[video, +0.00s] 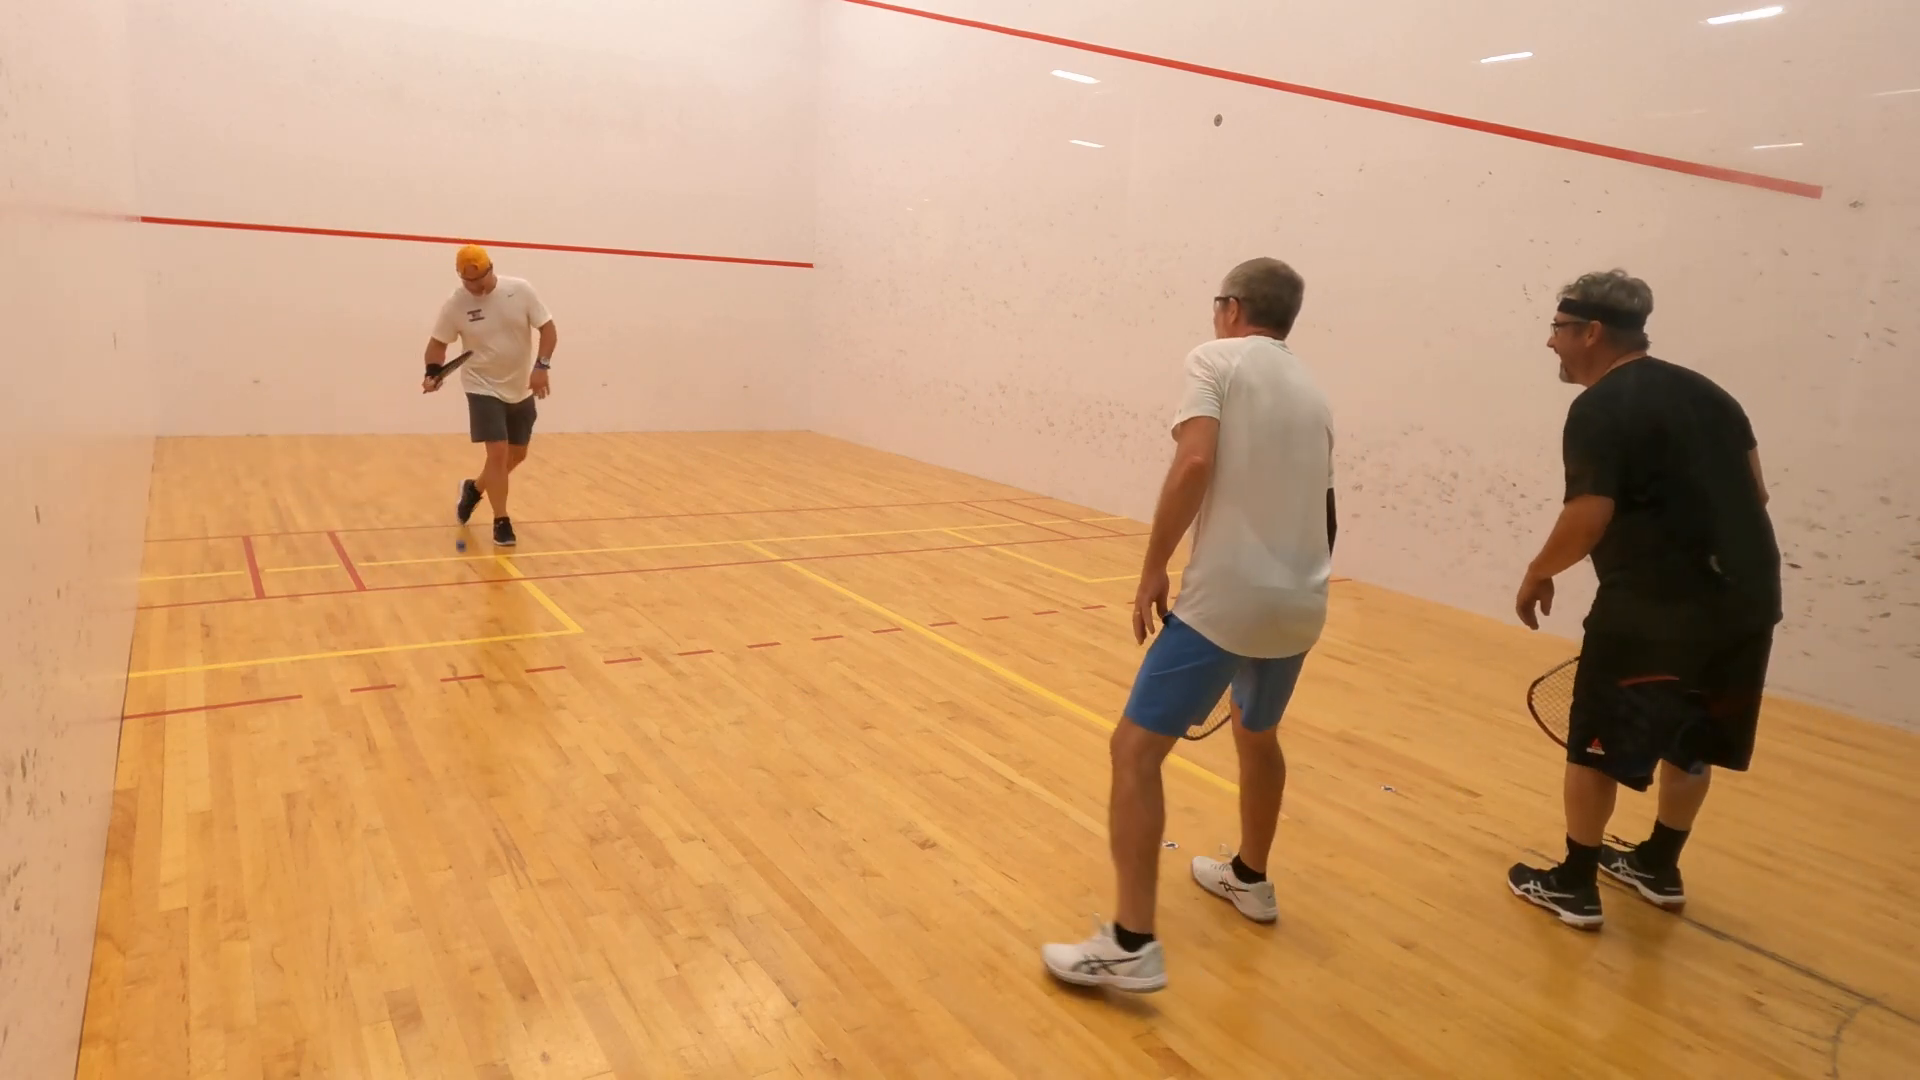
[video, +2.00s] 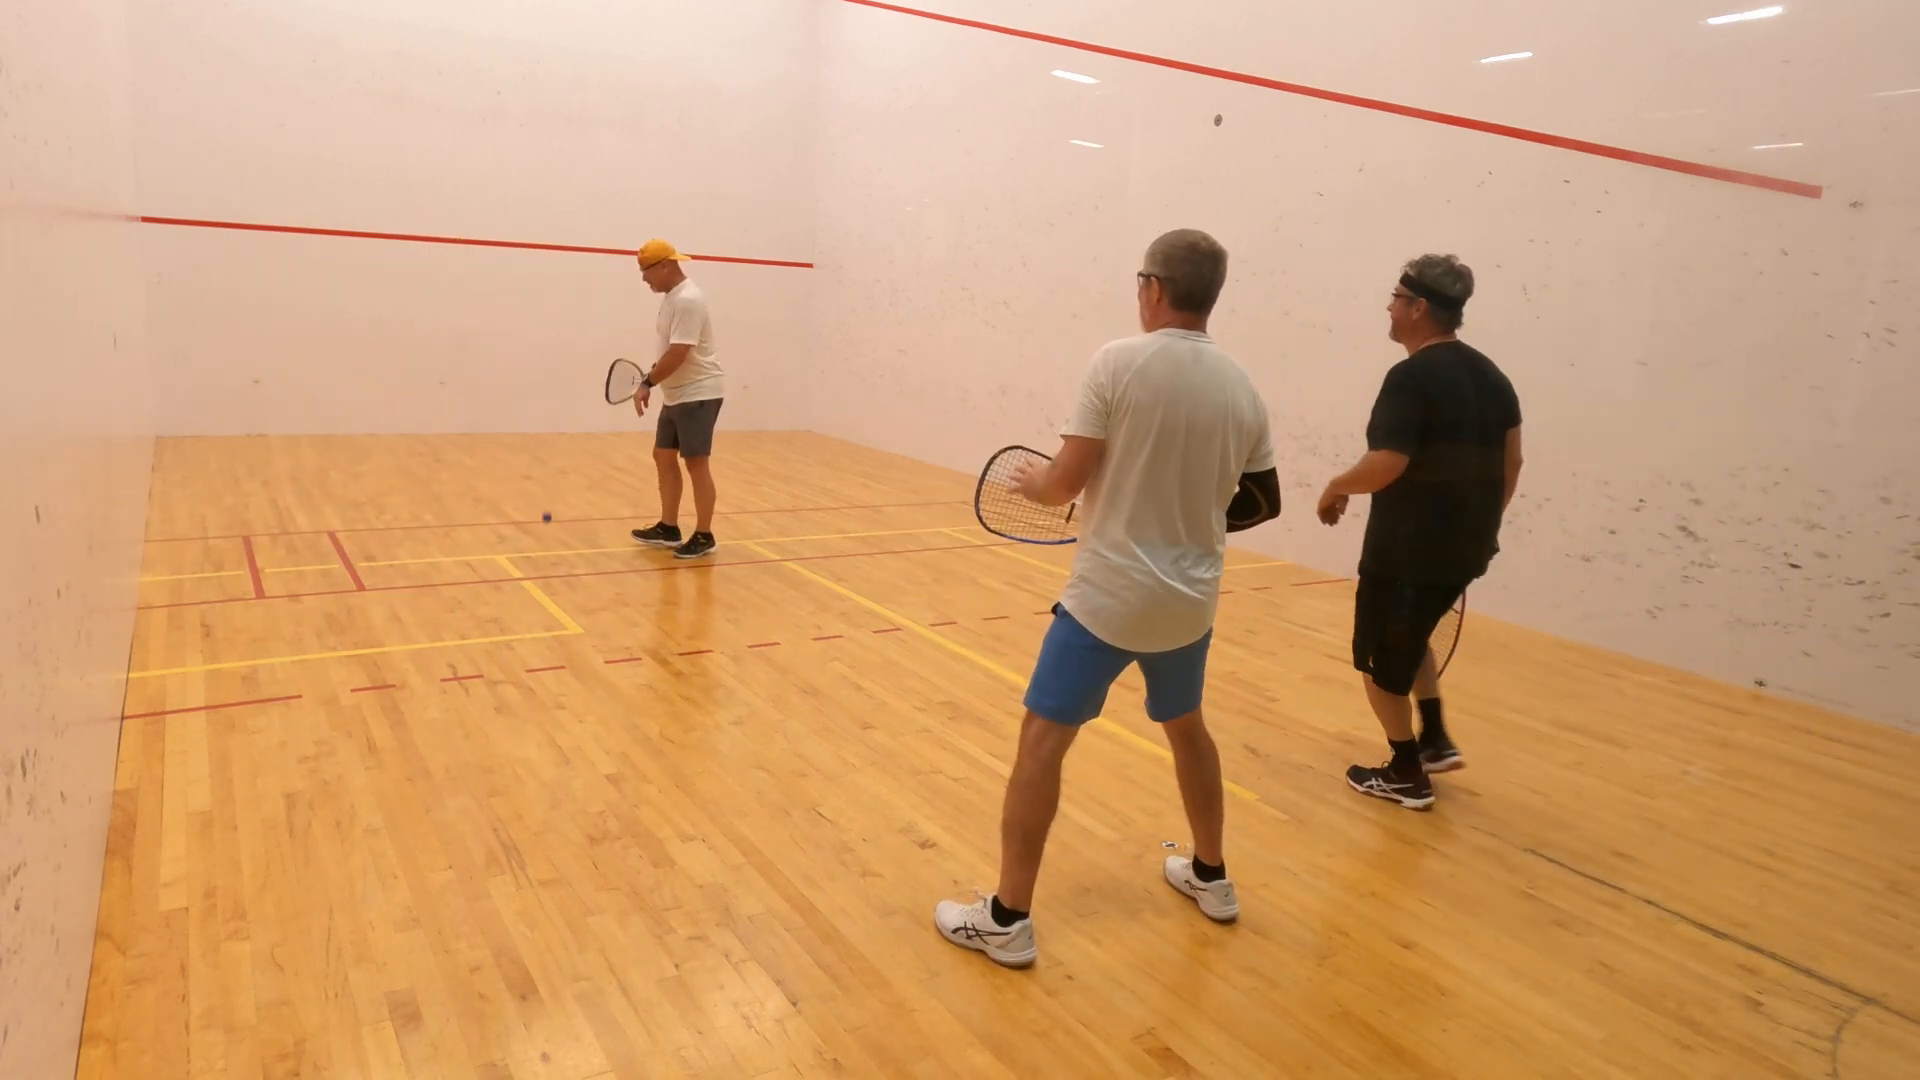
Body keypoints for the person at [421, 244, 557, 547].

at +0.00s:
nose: (474, 286)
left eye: (479, 279)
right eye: (467, 281)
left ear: (491, 269)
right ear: (460, 277)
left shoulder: (520, 291)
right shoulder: (456, 305)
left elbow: (548, 329)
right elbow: (437, 344)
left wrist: (542, 366)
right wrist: (433, 371)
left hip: (519, 386)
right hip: (482, 386)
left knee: (517, 453)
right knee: (498, 450)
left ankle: (475, 489)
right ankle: (501, 519)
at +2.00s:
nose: (644, 279)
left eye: (647, 271)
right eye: (643, 272)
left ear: (667, 267)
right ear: (664, 268)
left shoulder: (688, 300)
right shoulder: (673, 298)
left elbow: (678, 354)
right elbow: (671, 350)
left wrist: (648, 383)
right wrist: (649, 379)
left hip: (699, 394)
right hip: (677, 395)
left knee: (696, 462)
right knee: (664, 455)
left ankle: (704, 535)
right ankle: (669, 527)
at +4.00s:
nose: (764, 280)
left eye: (769, 272)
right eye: (764, 272)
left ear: (792, 273)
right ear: (799, 274)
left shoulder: (785, 316)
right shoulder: (829, 313)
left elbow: (770, 377)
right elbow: (840, 363)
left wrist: (736, 413)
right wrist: (844, 405)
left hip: (786, 426)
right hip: (820, 425)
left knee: (795, 510)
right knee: (790, 501)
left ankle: (832, 588)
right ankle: (773, 561)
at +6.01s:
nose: (1052, 277)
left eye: (1058, 270)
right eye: (1058, 268)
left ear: (1072, 282)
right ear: (1103, 287)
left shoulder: (1069, 348)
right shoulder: (1124, 350)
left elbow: (1017, 426)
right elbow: (1128, 437)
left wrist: (943, 466)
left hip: (1057, 520)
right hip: (1103, 519)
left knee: (1020, 643)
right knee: (1060, 621)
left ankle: (1110, 754)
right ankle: (1067, 721)